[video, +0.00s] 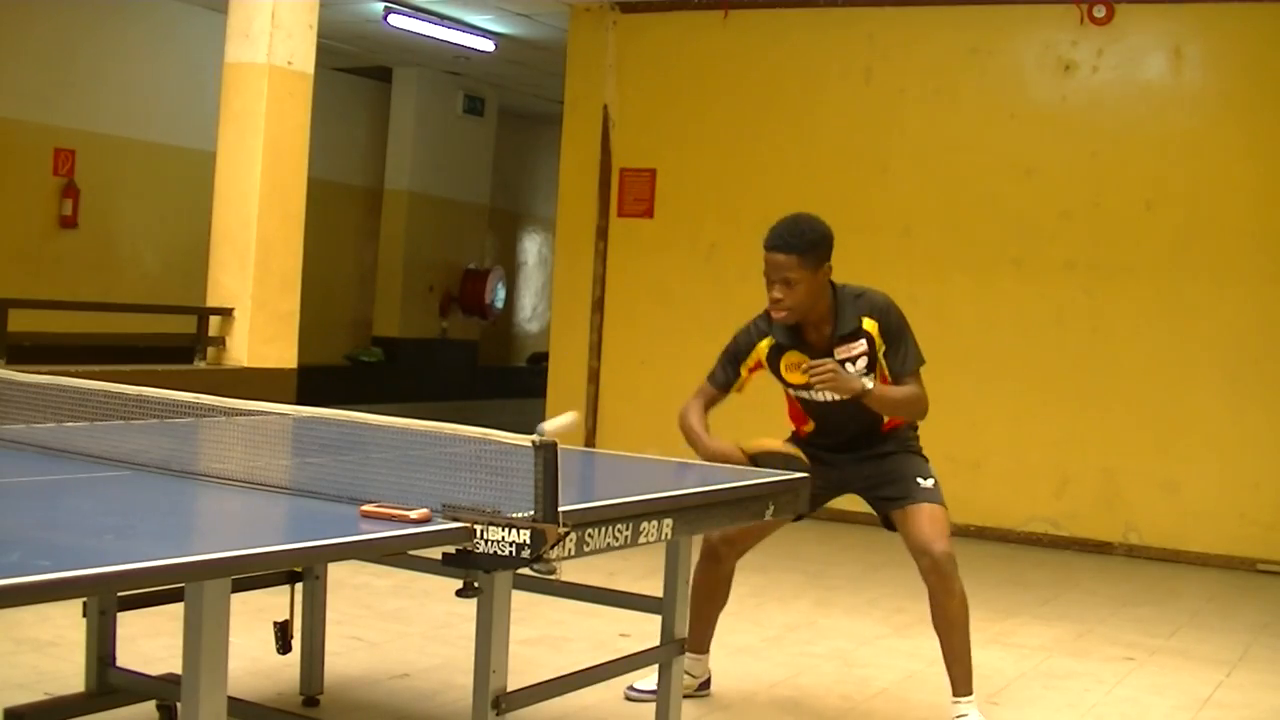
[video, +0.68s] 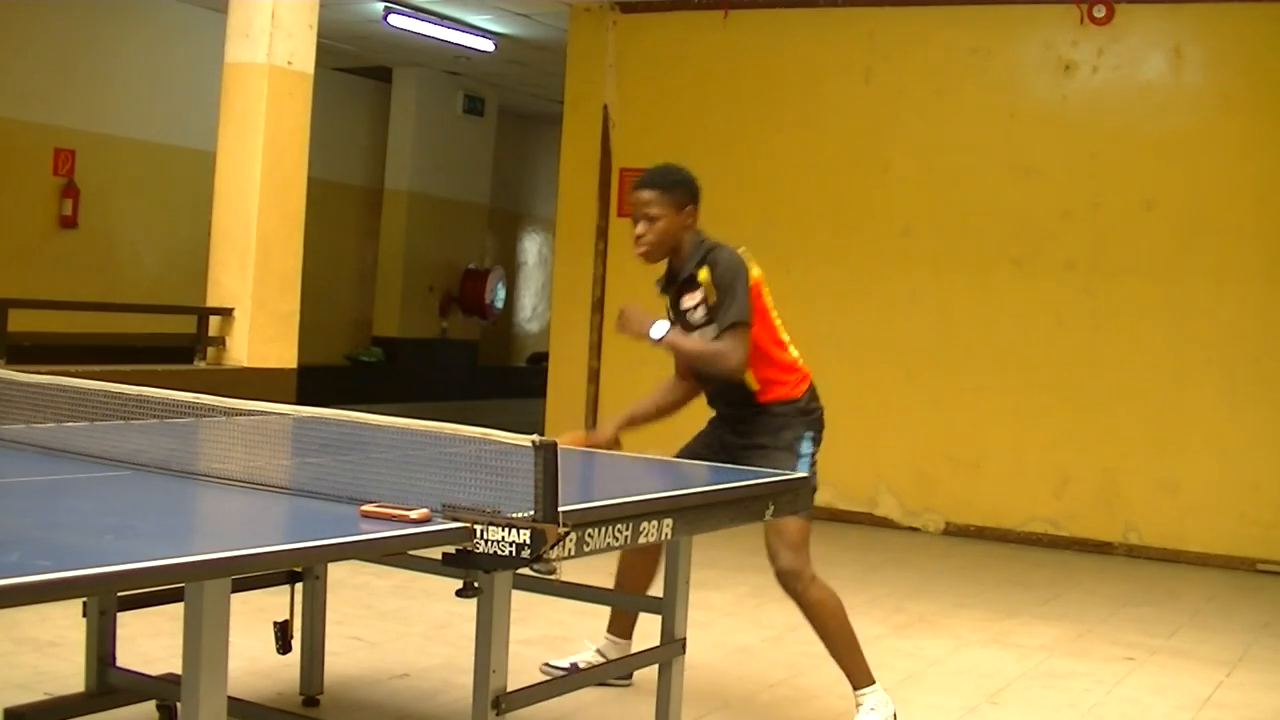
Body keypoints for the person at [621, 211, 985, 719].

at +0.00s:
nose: (774, 295)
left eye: (786, 284)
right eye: (768, 282)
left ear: (824, 275)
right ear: (762, 274)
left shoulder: (875, 313)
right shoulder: (762, 335)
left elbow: (916, 404)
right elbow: (692, 408)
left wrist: (860, 387)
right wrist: (710, 448)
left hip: (889, 451)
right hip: (812, 454)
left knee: (937, 553)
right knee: (719, 543)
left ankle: (964, 703)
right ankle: (692, 667)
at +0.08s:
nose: (778, 277)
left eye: (790, 265)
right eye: (772, 264)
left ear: (827, 257)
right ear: (766, 257)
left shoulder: (876, 298)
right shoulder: (760, 313)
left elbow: (918, 387)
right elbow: (690, 376)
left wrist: (866, 368)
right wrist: (679, 386)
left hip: (883, 442)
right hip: (804, 442)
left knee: (927, 551)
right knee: (719, 539)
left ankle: (961, 702)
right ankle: (692, 667)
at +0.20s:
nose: (778, 248)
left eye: (791, 236)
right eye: (773, 234)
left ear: (828, 228)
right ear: (767, 229)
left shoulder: (875, 280)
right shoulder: (757, 284)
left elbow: (913, 370)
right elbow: (668, 328)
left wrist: (869, 337)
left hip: (868, 431)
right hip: (789, 429)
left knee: (924, 546)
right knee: (698, 523)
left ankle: (940, 702)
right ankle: (683, 657)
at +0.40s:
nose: (744, 230)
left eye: (757, 219)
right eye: (739, 217)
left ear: (793, 219)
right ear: (736, 218)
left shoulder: (836, 283)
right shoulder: (724, 284)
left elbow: (862, 377)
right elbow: (637, 332)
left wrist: (822, 323)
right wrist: (602, 287)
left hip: (828, 443)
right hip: (749, 441)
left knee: (899, 549)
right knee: (661, 536)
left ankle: (927, 705)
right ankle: (652, 665)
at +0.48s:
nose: (712, 212)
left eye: (725, 200)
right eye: (708, 199)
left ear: (762, 200)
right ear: (707, 200)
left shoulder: (810, 260)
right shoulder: (704, 269)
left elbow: (826, 351)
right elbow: (641, 345)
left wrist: (767, 301)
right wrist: (603, 303)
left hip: (812, 431)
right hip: (735, 427)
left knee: (862, 548)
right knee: (648, 516)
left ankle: (912, 697)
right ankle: (646, 660)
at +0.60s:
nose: (666, 206)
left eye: (678, 193)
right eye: (662, 193)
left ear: (716, 193)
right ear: (662, 195)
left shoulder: (759, 242)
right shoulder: (685, 266)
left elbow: (769, 335)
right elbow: (670, 358)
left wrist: (687, 295)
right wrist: (610, 364)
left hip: (796, 410)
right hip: (734, 410)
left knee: (815, 549)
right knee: (653, 508)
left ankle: (878, 690)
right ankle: (625, 647)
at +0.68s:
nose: (636, 231)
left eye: (647, 217)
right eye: (633, 218)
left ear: (685, 215)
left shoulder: (723, 265)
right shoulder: (675, 284)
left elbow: (732, 358)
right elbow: (689, 380)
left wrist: (656, 329)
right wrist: (618, 424)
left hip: (785, 420)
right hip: (732, 421)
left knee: (792, 570)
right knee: (646, 512)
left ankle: (871, 698)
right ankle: (615, 650)